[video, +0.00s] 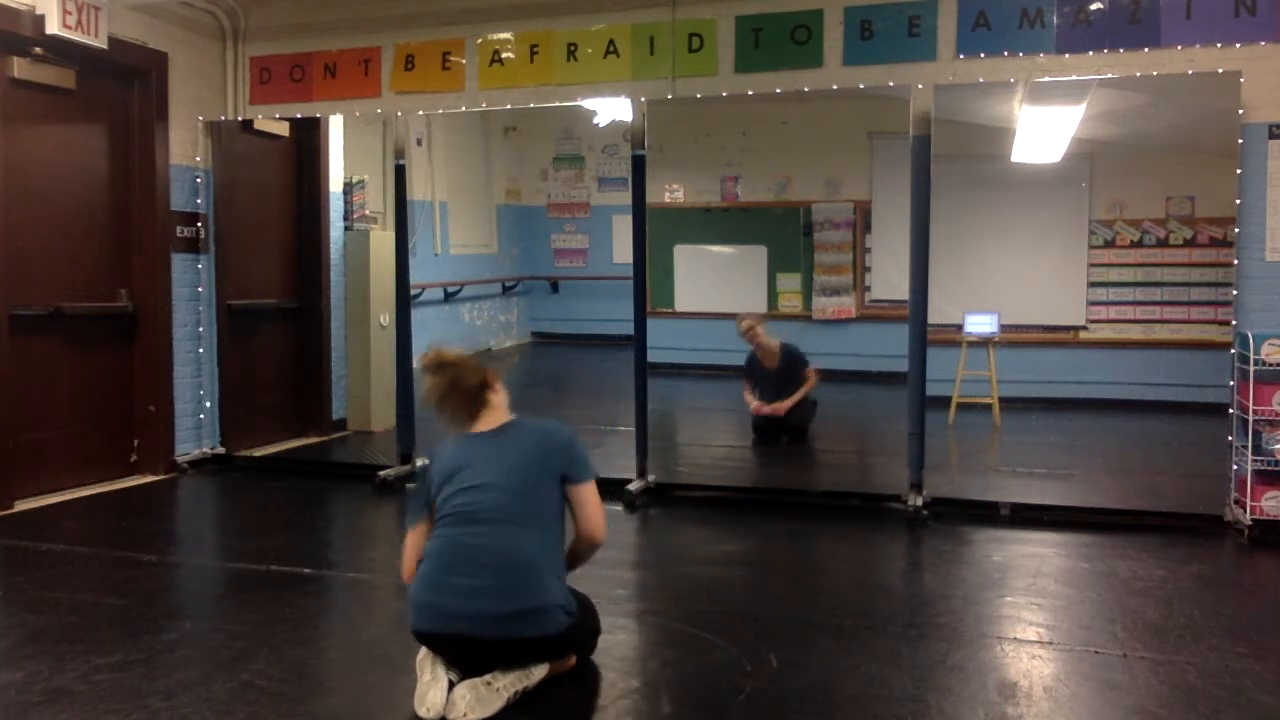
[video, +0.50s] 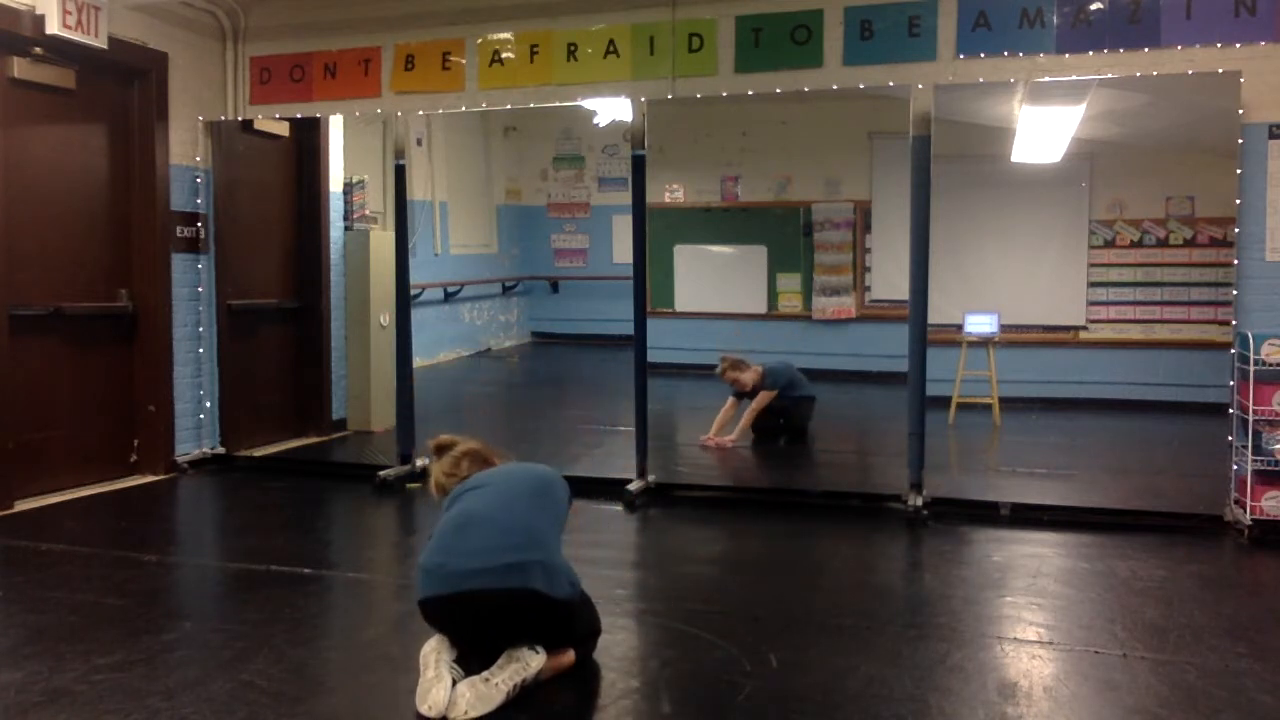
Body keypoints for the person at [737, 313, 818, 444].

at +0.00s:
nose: (751, 335)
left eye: (753, 329)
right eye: (746, 333)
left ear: (762, 327)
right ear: (744, 338)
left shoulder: (790, 352)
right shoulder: (752, 361)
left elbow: (811, 379)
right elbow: (748, 390)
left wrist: (786, 404)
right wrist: (754, 404)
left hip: (795, 406)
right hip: (768, 408)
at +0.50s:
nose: (736, 387)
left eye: (736, 381)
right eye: (733, 384)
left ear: (746, 370)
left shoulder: (777, 375)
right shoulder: (745, 383)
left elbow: (755, 409)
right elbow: (729, 409)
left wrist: (733, 437)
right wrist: (712, 434)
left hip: (800, 400)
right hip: (774, 401)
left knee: (795, 431)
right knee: (761, 431)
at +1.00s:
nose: (761, 325)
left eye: (765, 321)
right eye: (757, 322)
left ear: (774, 325)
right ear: (752, 326)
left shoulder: (787, 351)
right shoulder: (748, 354)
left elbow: (813, 381)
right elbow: (740, 384)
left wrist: (786, 399)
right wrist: (754, 398)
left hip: (793, 408)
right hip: (765, 408)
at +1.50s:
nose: (793, 336)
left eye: (798, 332)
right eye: (791, 330)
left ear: (803, 335)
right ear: (784, 329)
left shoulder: (806, 361)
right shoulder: (765, 352)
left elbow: (815, 389)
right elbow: (748, 382)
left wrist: (800, 407)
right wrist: (769, 410)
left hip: (795, 419)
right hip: (766, 418)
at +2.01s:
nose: (800, 394)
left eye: (804, 391)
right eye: (799, 389)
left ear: (810, 387)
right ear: (792, 379)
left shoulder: (807, 385)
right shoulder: (769, 380)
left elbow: (814, 414)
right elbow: (782, 413)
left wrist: (823, 440)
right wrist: (802, 440)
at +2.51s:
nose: (784, 334)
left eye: (788, 329)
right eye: (780, 329)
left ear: (795, 332)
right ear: (774, 333)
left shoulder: (806, 358)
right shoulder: (765, 355)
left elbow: (813, 388)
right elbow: (755, 387)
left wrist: (805, 405)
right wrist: (773, 405)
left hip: (797, 407)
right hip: (771, 407)